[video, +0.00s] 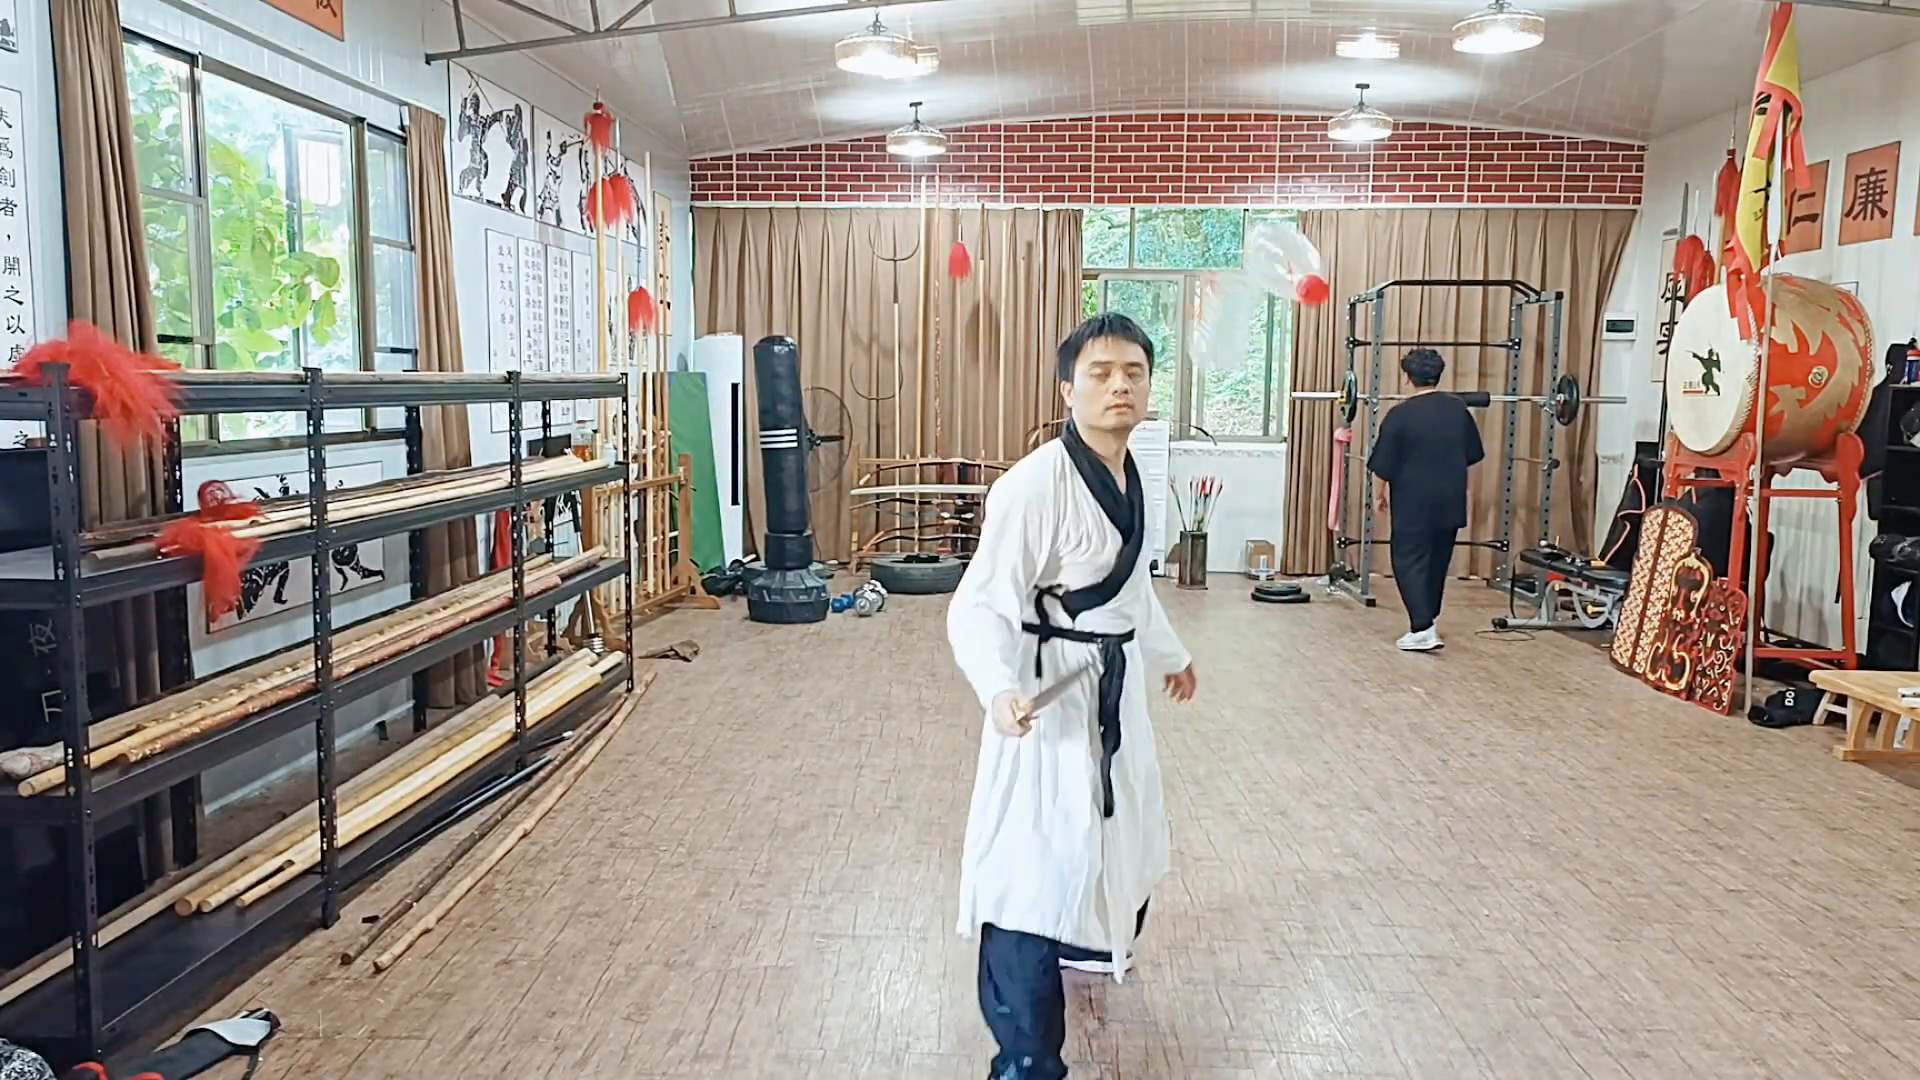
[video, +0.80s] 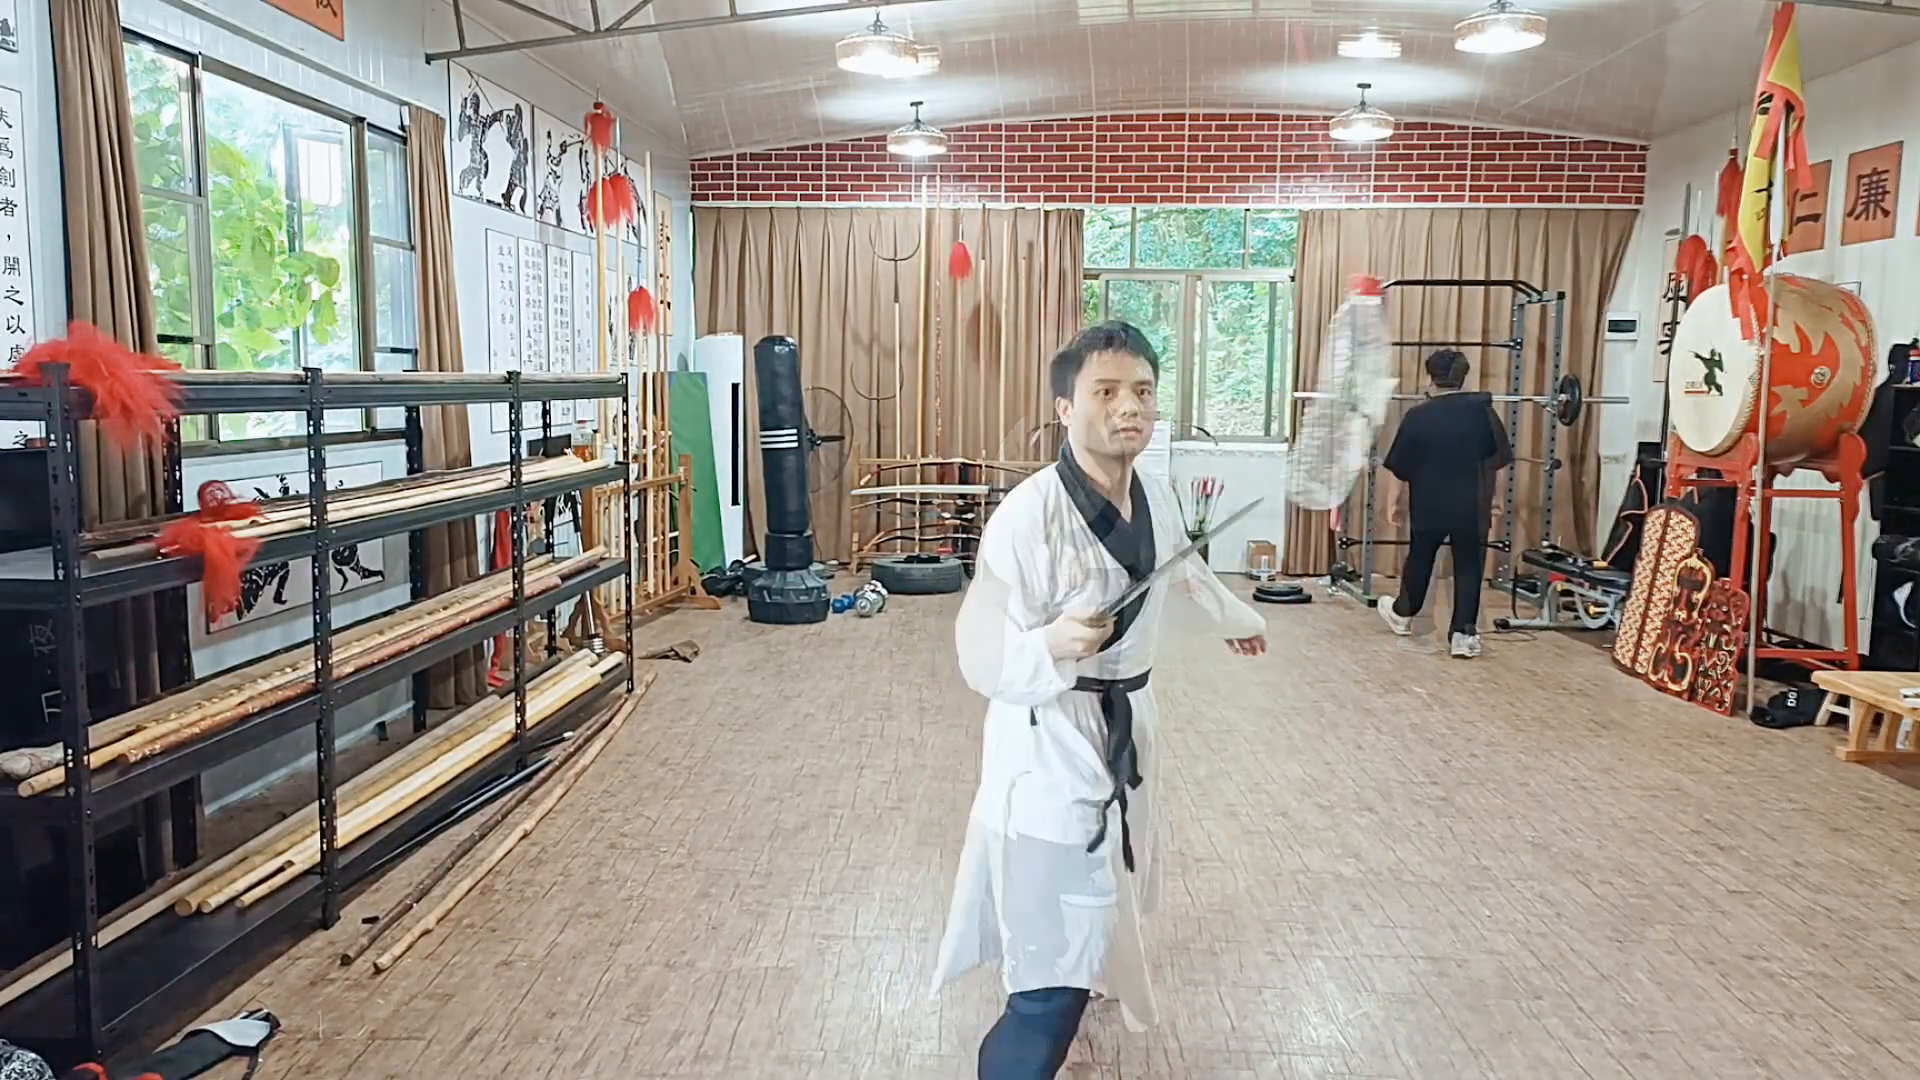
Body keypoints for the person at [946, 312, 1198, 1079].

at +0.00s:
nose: (1119, 386)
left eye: (1133, 372)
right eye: (1100, 372)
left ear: (1149, 388)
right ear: (1067, 387)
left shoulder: (1136, 471)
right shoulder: (1032, 486)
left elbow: (1131, 578)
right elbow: (979, 606)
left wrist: (1168, 650)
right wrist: (1003, 684)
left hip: (1118, 682)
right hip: (1048, 688)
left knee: (1127, 827)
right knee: (1032, 863)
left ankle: (1083, 945)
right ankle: (1027, 1061)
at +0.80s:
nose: (1131, 408)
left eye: (1142, 391)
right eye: (1108, 392)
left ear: (1155, 403)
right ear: (1064, 409)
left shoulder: (1147, 487)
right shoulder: (1029, 514)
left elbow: (1180, 567)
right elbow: (982, 653)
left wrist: (1233, 617)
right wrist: (1048, 644)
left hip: (1125, 718)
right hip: (1048, 733)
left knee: (1101, 890)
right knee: (1057, 966)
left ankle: (1059, 1028)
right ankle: (1014, 1061)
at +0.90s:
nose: (1144, 392)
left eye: (1153, 375)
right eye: (1119, 377)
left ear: (1162, 387)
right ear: (1072, 399)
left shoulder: (1135, 485)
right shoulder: (1048, 493)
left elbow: (1147, 574)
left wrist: (1182, 609)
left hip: (1117, 718)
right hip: (1059, 730)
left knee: (1093, 938)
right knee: (1070, 964)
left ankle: (1050, 1060)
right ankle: (1027, 1067)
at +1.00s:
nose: (1142, 403)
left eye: (1149, 384)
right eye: (1118, 386)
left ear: (1158, 392)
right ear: (1065, 405)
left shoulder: (1112, 483)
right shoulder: (1064, 490)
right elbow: (1146, 510)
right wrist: (1213, 507)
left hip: (1105, 713)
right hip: (1053, 728)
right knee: (1068, 976)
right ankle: (1030, 1065)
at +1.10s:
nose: (1148, 403)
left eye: (1153, 384)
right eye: (1122, 390)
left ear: (1163, 391)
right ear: (1071, 417)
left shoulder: (1126, 479)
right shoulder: (1071, 496)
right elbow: (1156, 492)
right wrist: (1246, 453)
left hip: (1117, 709)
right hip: (1054, 730)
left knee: (1141, 844)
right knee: (1071, 967)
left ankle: (1128, 946)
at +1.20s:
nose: (1157, 404)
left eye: (1161, 386)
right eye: (1132, 391)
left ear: (1171, 396)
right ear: (1082, 416)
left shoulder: (1138, 488)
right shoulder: (1073, 504)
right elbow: (1132, 552)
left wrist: (1250, 545)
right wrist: (1233, 536)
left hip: (1122, 710)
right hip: (1060, 732)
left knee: (1145, 827)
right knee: (1082, 961)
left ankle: (1167, 936)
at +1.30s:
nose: (1169, 411)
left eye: (1176, 392)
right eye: (1144, 398)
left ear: (1185, 399)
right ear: (1098, 414)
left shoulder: (1143, 496)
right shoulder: (1085, 507)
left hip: (1119, 729)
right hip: (1069, 744)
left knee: (1138, 846)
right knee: (1082, 975)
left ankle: (1145, 952)